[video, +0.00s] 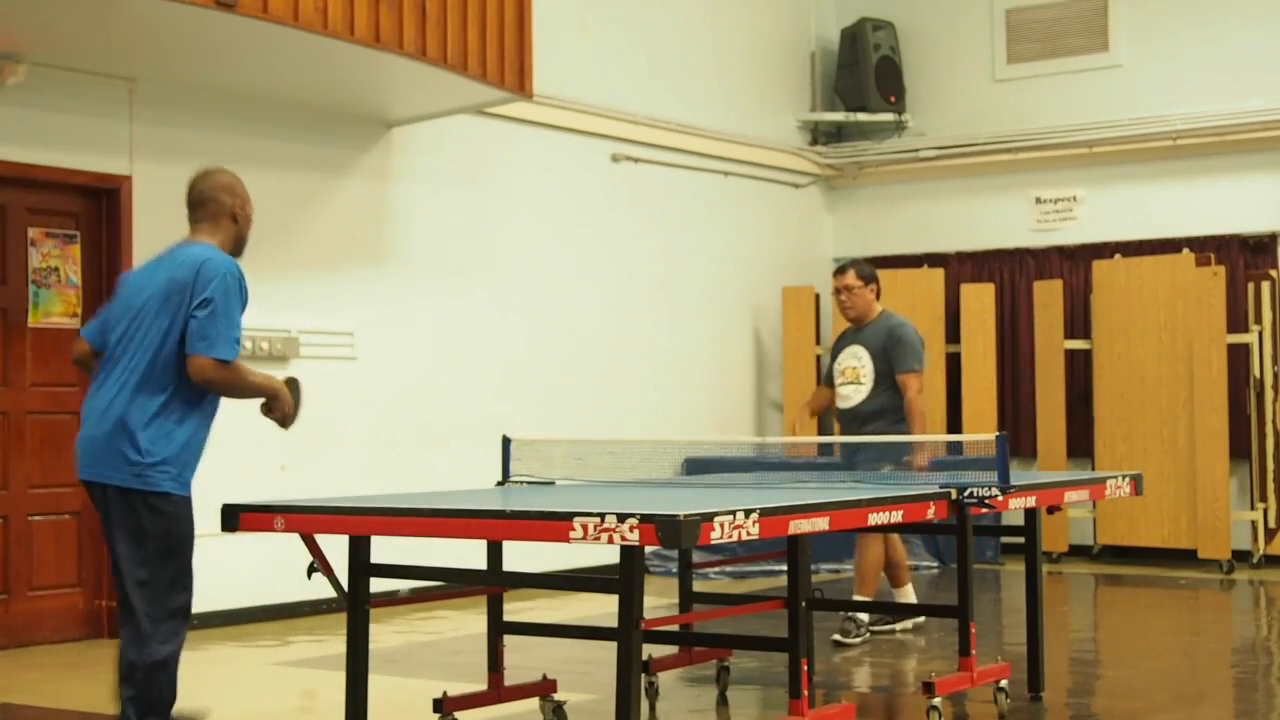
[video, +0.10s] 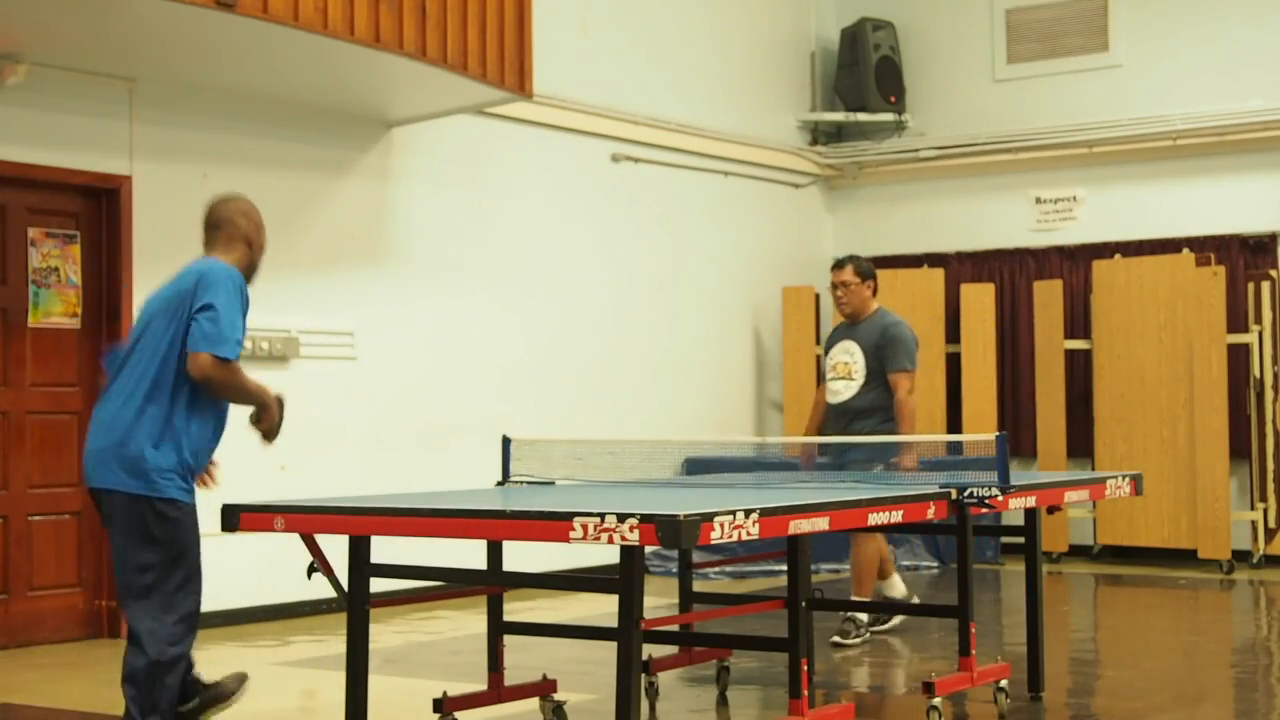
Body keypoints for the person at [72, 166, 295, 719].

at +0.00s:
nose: (250, 227)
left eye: (249, 217)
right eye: (250, 216)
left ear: (196, 213)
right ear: (237, 212)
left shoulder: (146, 272)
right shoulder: (218, 269)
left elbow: (86, 350)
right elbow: (206, 366)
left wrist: (139, 393)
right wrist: (274, 388)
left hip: (106, 455)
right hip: (149, 463)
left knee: (140, 601)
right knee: (163, 609)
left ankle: (140, 706)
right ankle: (148, 712)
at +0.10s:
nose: (263, 254)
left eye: (263, 244)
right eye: (262, 243)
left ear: (210, 235)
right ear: (250, 237)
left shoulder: (181, 283)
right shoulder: (221, 277)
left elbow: (122, 365)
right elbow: (206, 364)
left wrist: (184, 444)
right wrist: (264, 398)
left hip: (121, 458)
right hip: (145, 463)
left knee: (154, 583)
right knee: (169, 587)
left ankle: (177, 688)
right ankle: (152, 705)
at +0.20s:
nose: (278, 280)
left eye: (278, 271)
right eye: (277, 269)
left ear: (231, 258)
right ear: (262, 261)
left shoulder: (204, 299)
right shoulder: (229, 296)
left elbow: (170, 396)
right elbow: (195, 369)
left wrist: (212, 469)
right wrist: (252, 423)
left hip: (140, 469)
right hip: (143, 471)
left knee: (183, 578)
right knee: (169, 595)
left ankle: (195, 700)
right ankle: (141, 712)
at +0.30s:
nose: (290, 303)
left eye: (292, 294)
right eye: (291, 292)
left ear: (251, 274)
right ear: (278, 281)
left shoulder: (220, 306)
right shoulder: (239, 304)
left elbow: (187, 420)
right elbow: (193, 370)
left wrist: (229, 492)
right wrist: (237, 449)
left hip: (153, 468)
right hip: (140, 466)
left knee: (195, 563)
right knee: (156, 586)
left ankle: (198, 700)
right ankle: (123, 711)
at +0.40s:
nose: (297, 307)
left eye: (298, 296)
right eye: (296, 295)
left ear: (259, 283)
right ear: (280, 285)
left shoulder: (244, 342)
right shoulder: (243, 300)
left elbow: (234, 437)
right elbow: (196, 358)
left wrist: (246, 511)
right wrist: (217, 448)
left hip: (162, 462)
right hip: (139, 452)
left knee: (191, 565)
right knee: (142, 585)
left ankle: (199, 702)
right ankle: (96, 710)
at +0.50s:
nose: (296, 318)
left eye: (297, 309)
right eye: (295, 307)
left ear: (269, 297)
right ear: (281, 297)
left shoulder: (246, 373)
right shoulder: (245, 304)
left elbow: (255, 448)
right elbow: (191, 341)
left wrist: (280, 507)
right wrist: (201, 431)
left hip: (156, 462)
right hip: (137, 449)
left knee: (186, 565)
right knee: (117, 584)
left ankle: (199, 704)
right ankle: (63, 708)